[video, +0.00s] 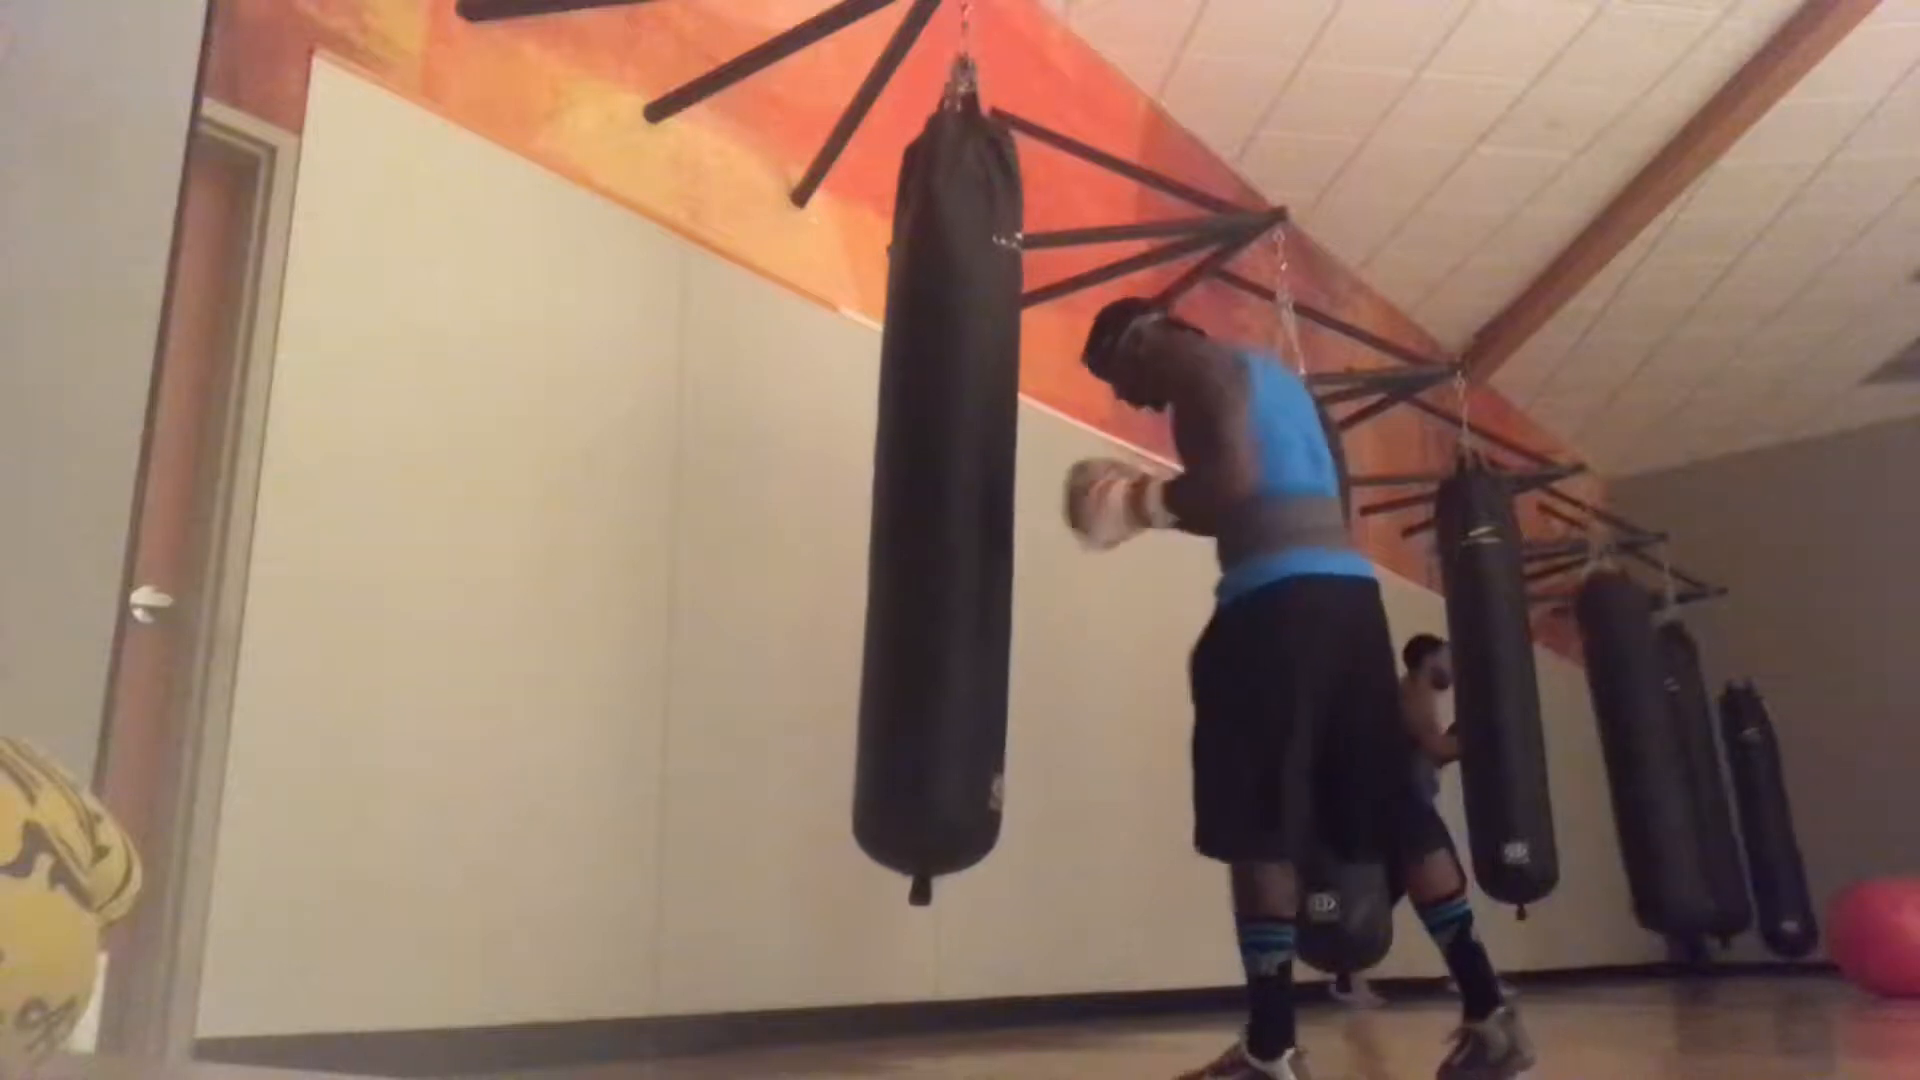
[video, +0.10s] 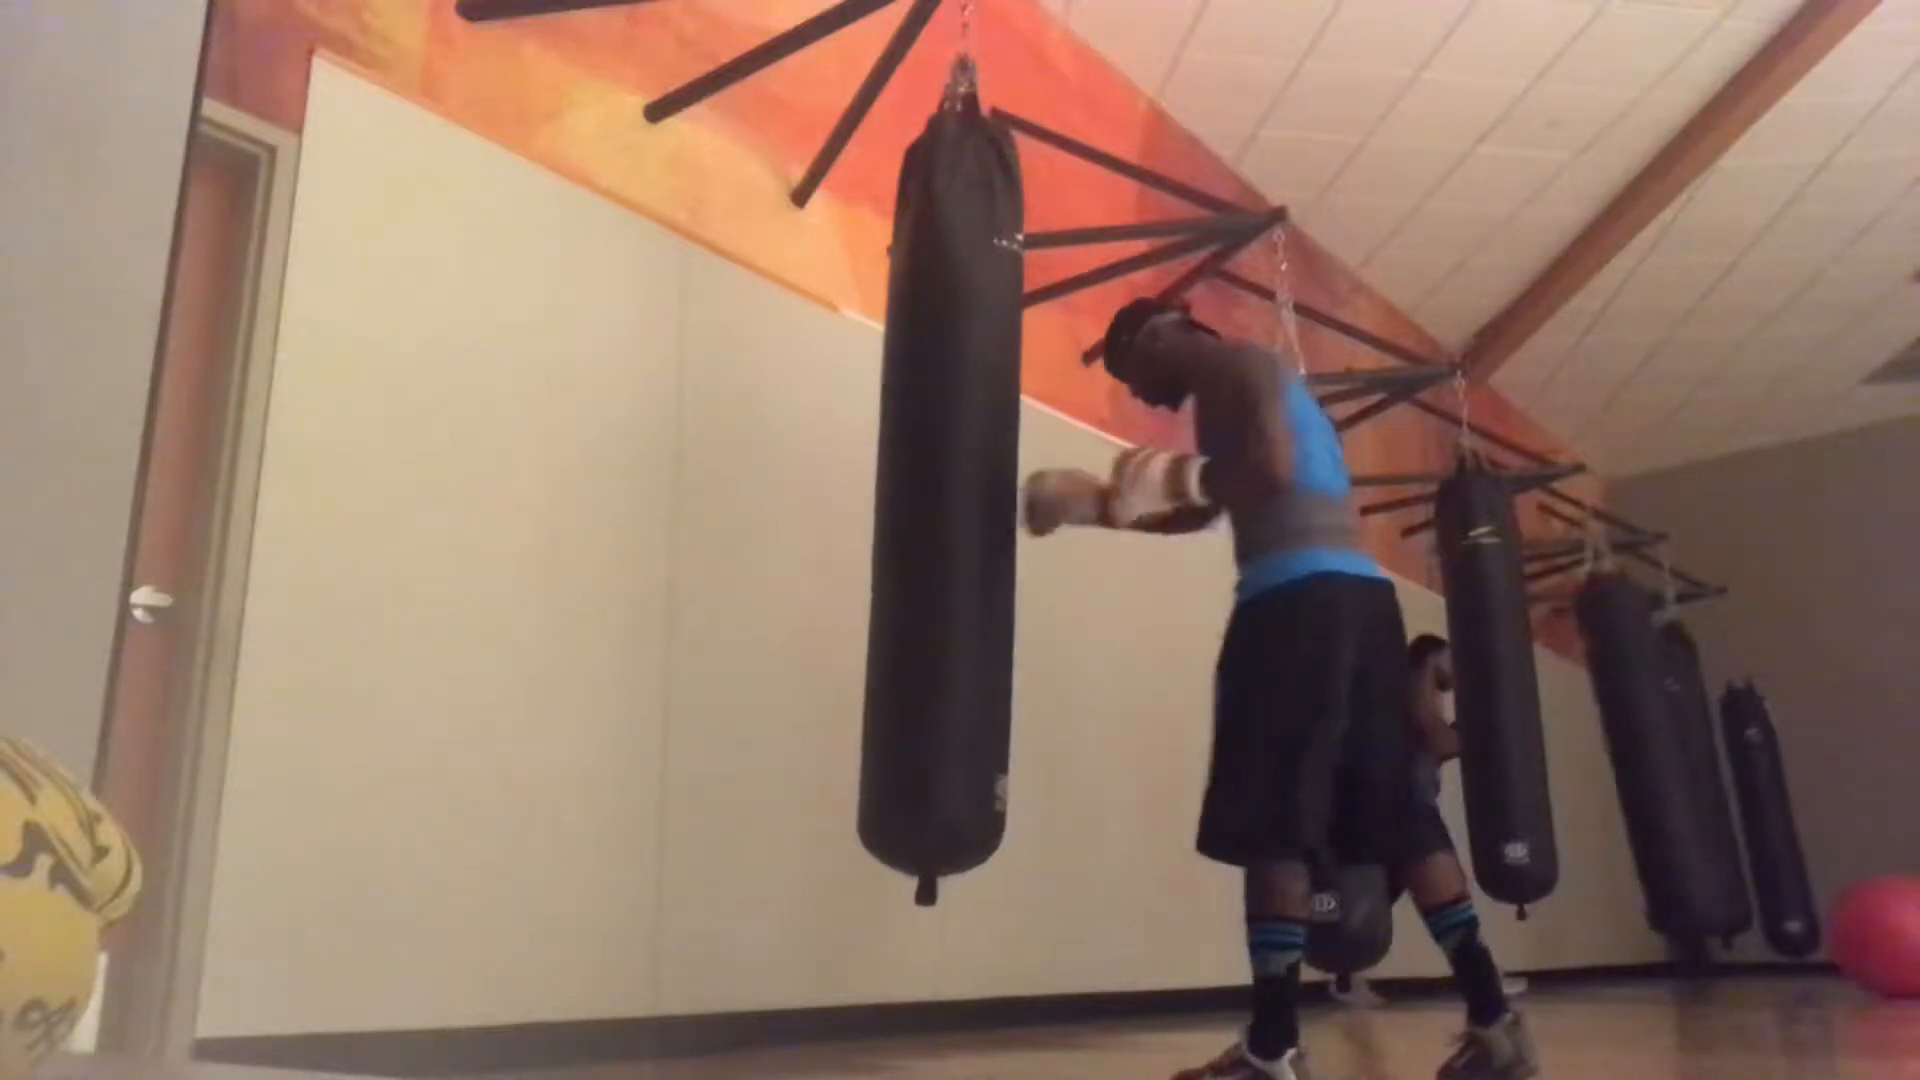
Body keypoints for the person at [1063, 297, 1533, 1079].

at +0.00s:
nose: (1139, 402)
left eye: (1127, 381)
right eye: (1125, 391)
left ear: (1145, 338)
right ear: (1167, 323)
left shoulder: (1200, 364)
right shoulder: (1284, 377)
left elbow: (1229, 488)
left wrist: (1151, 498)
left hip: (1269, 621)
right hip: (1352, 612)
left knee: (1257, 831)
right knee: (1400, 815)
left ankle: (1269, 1048)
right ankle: (1491, 1015)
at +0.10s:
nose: (1145, 397)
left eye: (1138, 376)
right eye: (1135, 387)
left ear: (1162, 332)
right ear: (1181, 328)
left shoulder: (1233, 362)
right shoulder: (1262, 387)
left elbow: (1271, 469)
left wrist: (1177, 482)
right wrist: (1089, 502)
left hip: (1292, 614)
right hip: (1367, 609)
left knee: (1271, 831)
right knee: (1403, 818)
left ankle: (1271, 1045)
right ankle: (1495, 1021)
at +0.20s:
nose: (1164, 399)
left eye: (1157, 378)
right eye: (1154, 390)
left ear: (1189, 335)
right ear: (1199, 335)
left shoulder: (1251, 369)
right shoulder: (1283, 397)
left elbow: (1282, 472)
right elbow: (1191, 508)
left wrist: (1201, 484)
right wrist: (1086, 505)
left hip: (1306, 621)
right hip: (1383, 616)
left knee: (1253, 822)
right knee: (1415, 821)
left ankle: (1267, 1042)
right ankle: (1499, 1029)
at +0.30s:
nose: (1174, 411)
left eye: (1168, 391)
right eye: (1164, 402)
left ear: (1196, 350)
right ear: (1216, 344)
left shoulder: (1256, 379)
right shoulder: (1307, 406)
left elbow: (1260, 472)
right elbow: (1257, 530)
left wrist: (1174, 484)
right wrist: (1152, 515)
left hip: (1307, 622)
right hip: (1393, 620)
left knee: (1221, 806)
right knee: (1420, 824)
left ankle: (1251, 1029)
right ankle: (1500, 1031)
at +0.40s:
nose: (1169, 421)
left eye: (1163, 405)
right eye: (1163, 410)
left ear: (1186, 362)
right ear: (1206, 350)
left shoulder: (1233, 380)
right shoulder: (1319, 400)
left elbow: (1184, 471)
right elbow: (1291, 519)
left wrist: (1109, 477)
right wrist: (1196, 521)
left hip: (1301, 618)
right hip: (1392, 612)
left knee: (1226, 809)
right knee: (1435, 822)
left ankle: (1232, 1030)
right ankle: (1500, 1032)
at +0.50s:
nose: (1152, 425)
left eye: (1145, 411)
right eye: (1144, 417)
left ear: (1161, 376)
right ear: (1186, 360)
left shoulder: (1201, 389)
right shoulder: (1308, 404)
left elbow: (1121, 491)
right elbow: (1390, 496)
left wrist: (1054, 492)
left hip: (1284, 628)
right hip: (1378, 624)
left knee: (1221, 825)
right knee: (1418, 833)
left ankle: (1234, 1041)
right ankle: (1499, 1034)